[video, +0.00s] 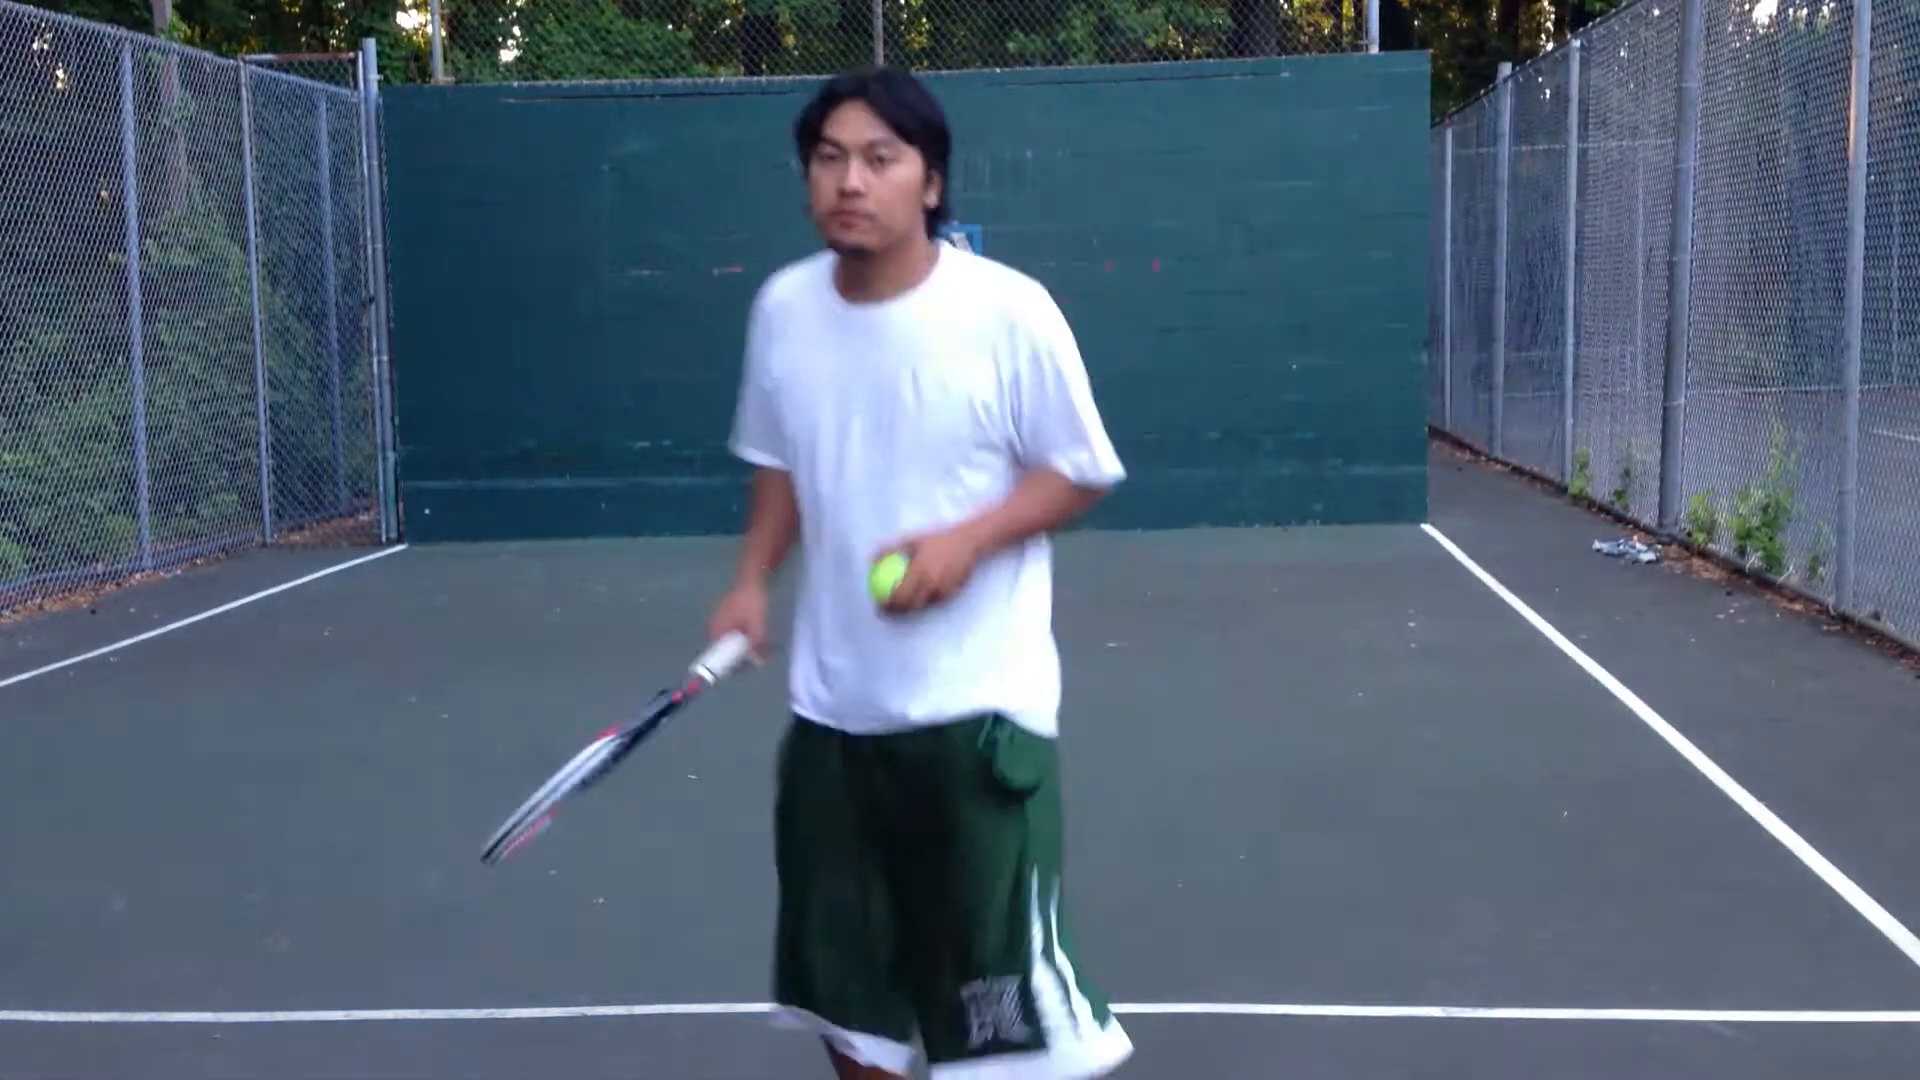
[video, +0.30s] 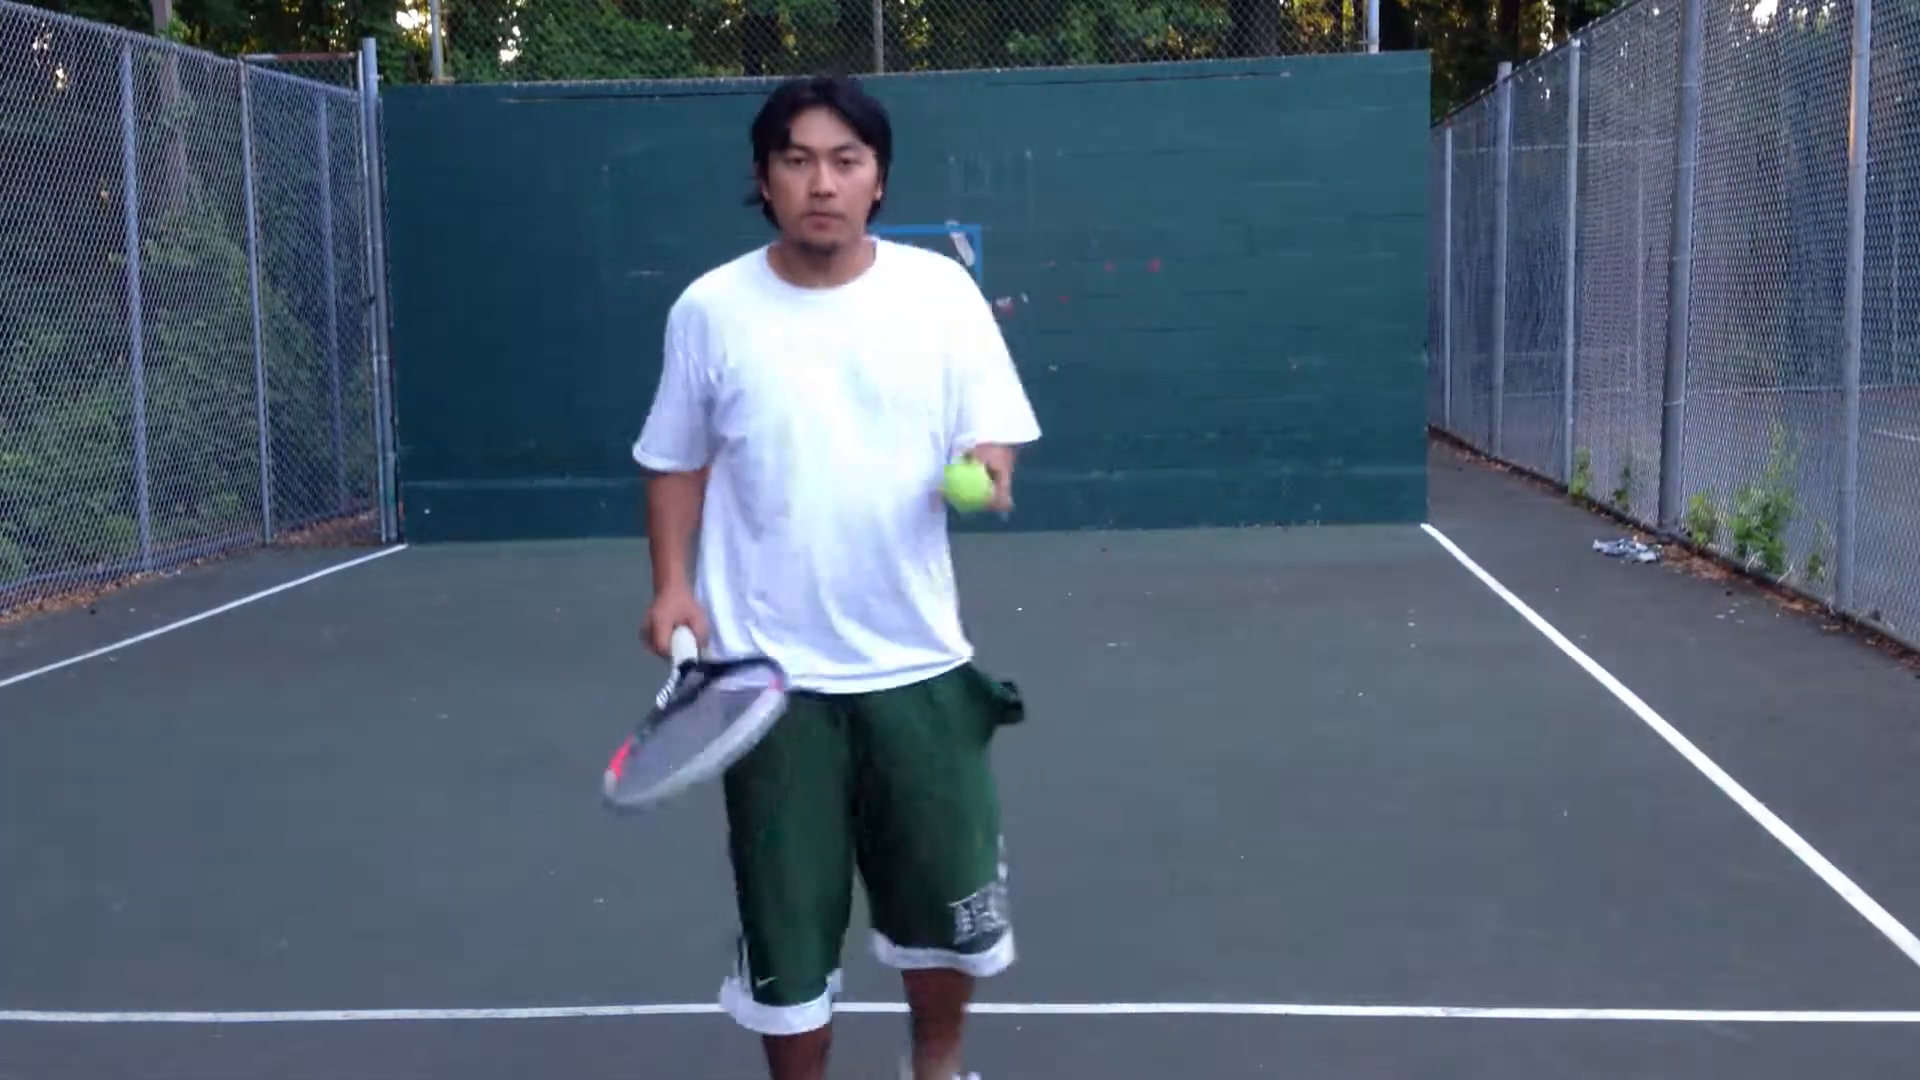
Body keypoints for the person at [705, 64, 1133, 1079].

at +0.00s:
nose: (849, 180)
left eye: (879, 159)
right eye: (829, 159)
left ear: (931, 183)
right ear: (807, 183)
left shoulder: (1010, 310)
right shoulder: (786, 306)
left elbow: (1081, 470)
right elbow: (778, 464)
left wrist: (969, 540)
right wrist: (750, 582)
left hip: (973, 704)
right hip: (834, 702)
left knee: (998, 1004)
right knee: (853, 1001)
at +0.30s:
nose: (820, 181)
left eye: (843, 160)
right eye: (796, 161)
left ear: (877, 179)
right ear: (764, 181)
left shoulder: (940, 291)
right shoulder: (711, 309)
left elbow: (993, 435)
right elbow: (676, 464)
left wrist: (980, 470)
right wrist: (671, 584)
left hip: (917, 662)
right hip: (768, 672)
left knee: (949, 916)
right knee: (788, 944)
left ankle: (939, 1067)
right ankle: (799, 1075)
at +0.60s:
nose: (861, 229)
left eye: (878, 207)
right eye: (838, 206)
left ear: (895, 209)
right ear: (787, 202)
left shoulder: (920, 311)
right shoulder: (713, 314)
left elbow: (943, 451)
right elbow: (656, 452)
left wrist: (932, 536)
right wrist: (673, 546)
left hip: (883, 649)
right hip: (754, 657)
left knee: (859, 885)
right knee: (776, 909)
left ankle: (816, 1030)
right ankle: (793, 1075)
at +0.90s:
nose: (871, 239)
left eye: (887, 220)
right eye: (855, 215)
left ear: (897, 216)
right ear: (798, 199)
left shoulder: (882, 304)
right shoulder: (710, 288)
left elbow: (873, 435)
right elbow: (646, 427)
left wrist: (889, 506)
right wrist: (685, 533)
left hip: (842, 622)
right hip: (734, 624)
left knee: (833, 844)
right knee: (751, 850)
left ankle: (795, 1040)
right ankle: (734, 1054)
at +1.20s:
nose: (830, 257)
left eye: (838, 237)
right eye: (817, 234)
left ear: (827, 232)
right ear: (753, 217)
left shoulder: (811, 311)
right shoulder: (657, 323)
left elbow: (814, 439)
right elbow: (601, 469)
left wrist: (863, 490)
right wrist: (624, 603)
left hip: (796, 628)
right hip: (685, 641)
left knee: (817, 839)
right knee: (668, 853)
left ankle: (802, 1021)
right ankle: (655, 1033)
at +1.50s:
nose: (837, 249)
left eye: (836, 233)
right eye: (829, 234)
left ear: (772, 235)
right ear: (781, 237)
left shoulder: (794, 317)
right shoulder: (648, 324)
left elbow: (798, 455)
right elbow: (576, 457)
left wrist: (833, 556)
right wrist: (592, 580)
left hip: (766, 620)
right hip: (661, 630)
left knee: (774, 807)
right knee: (657, 841)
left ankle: (720, 984)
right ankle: (652, 1033)